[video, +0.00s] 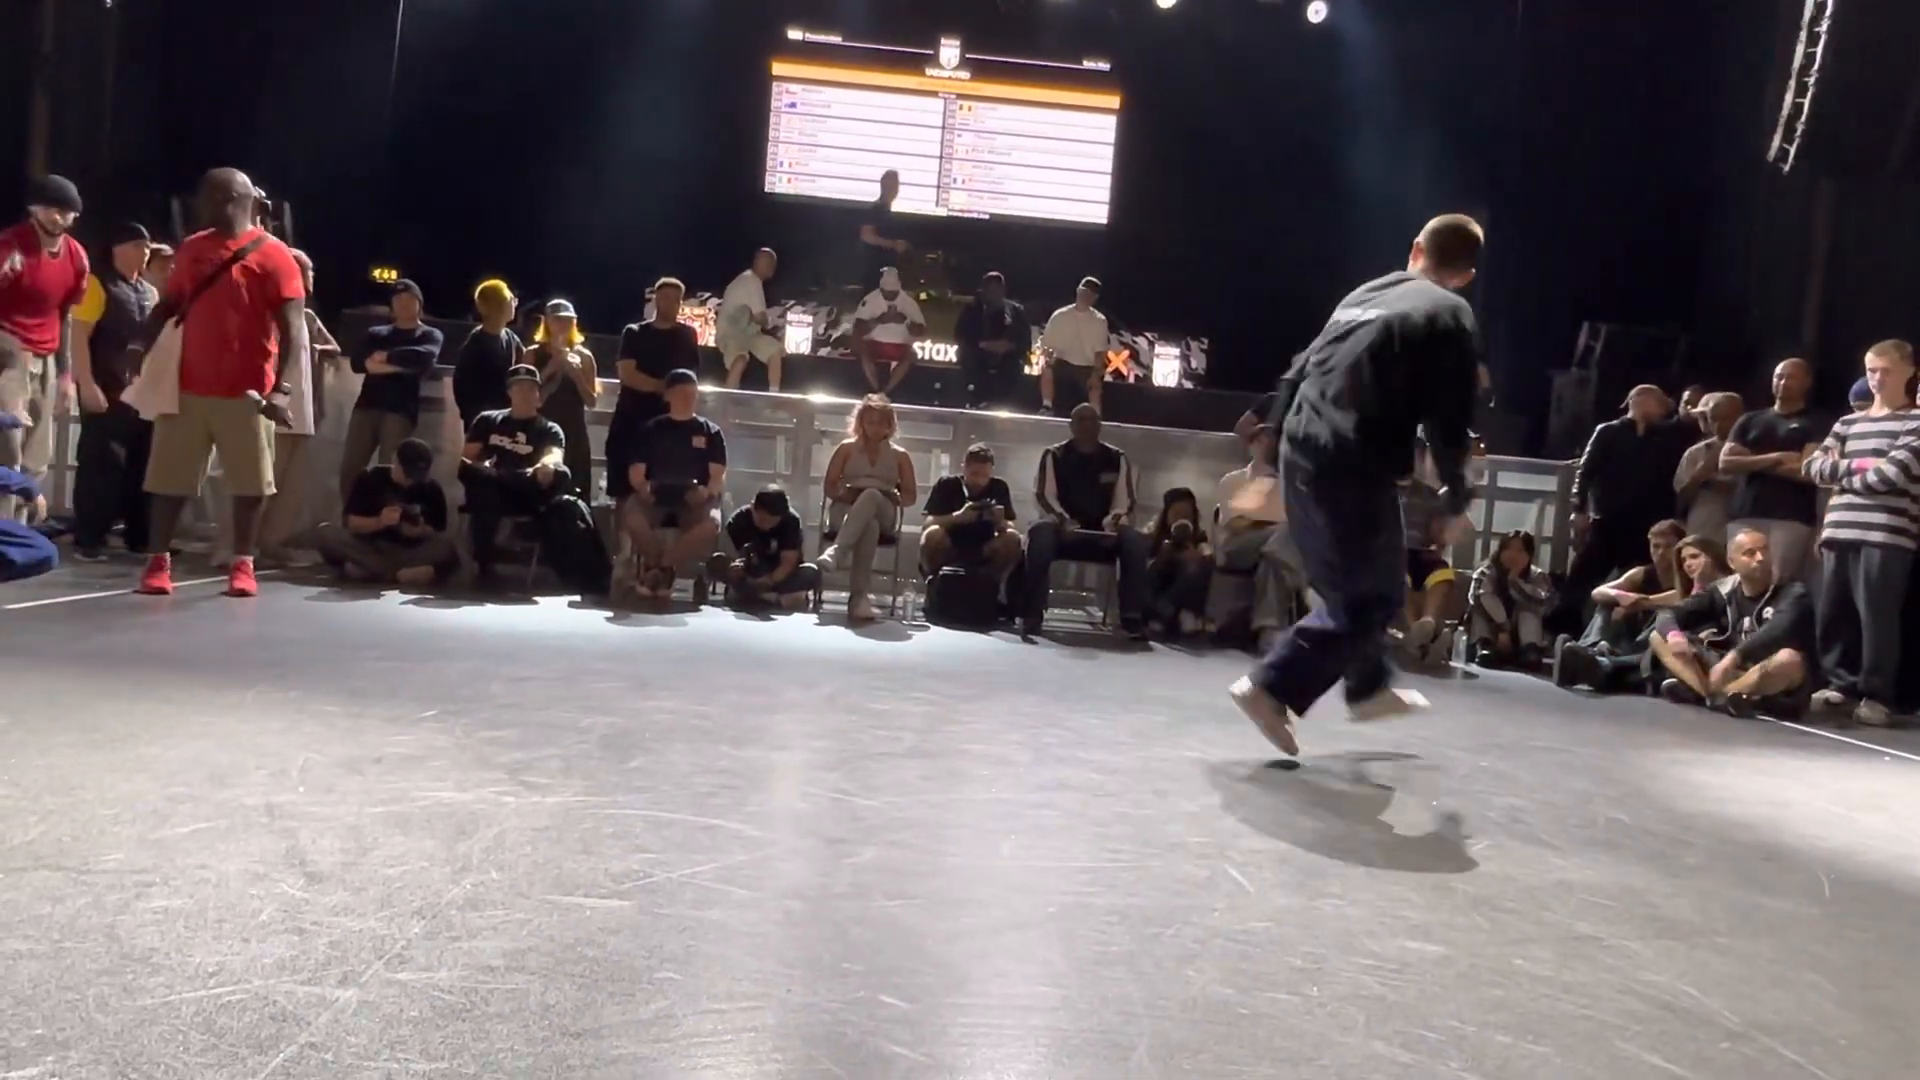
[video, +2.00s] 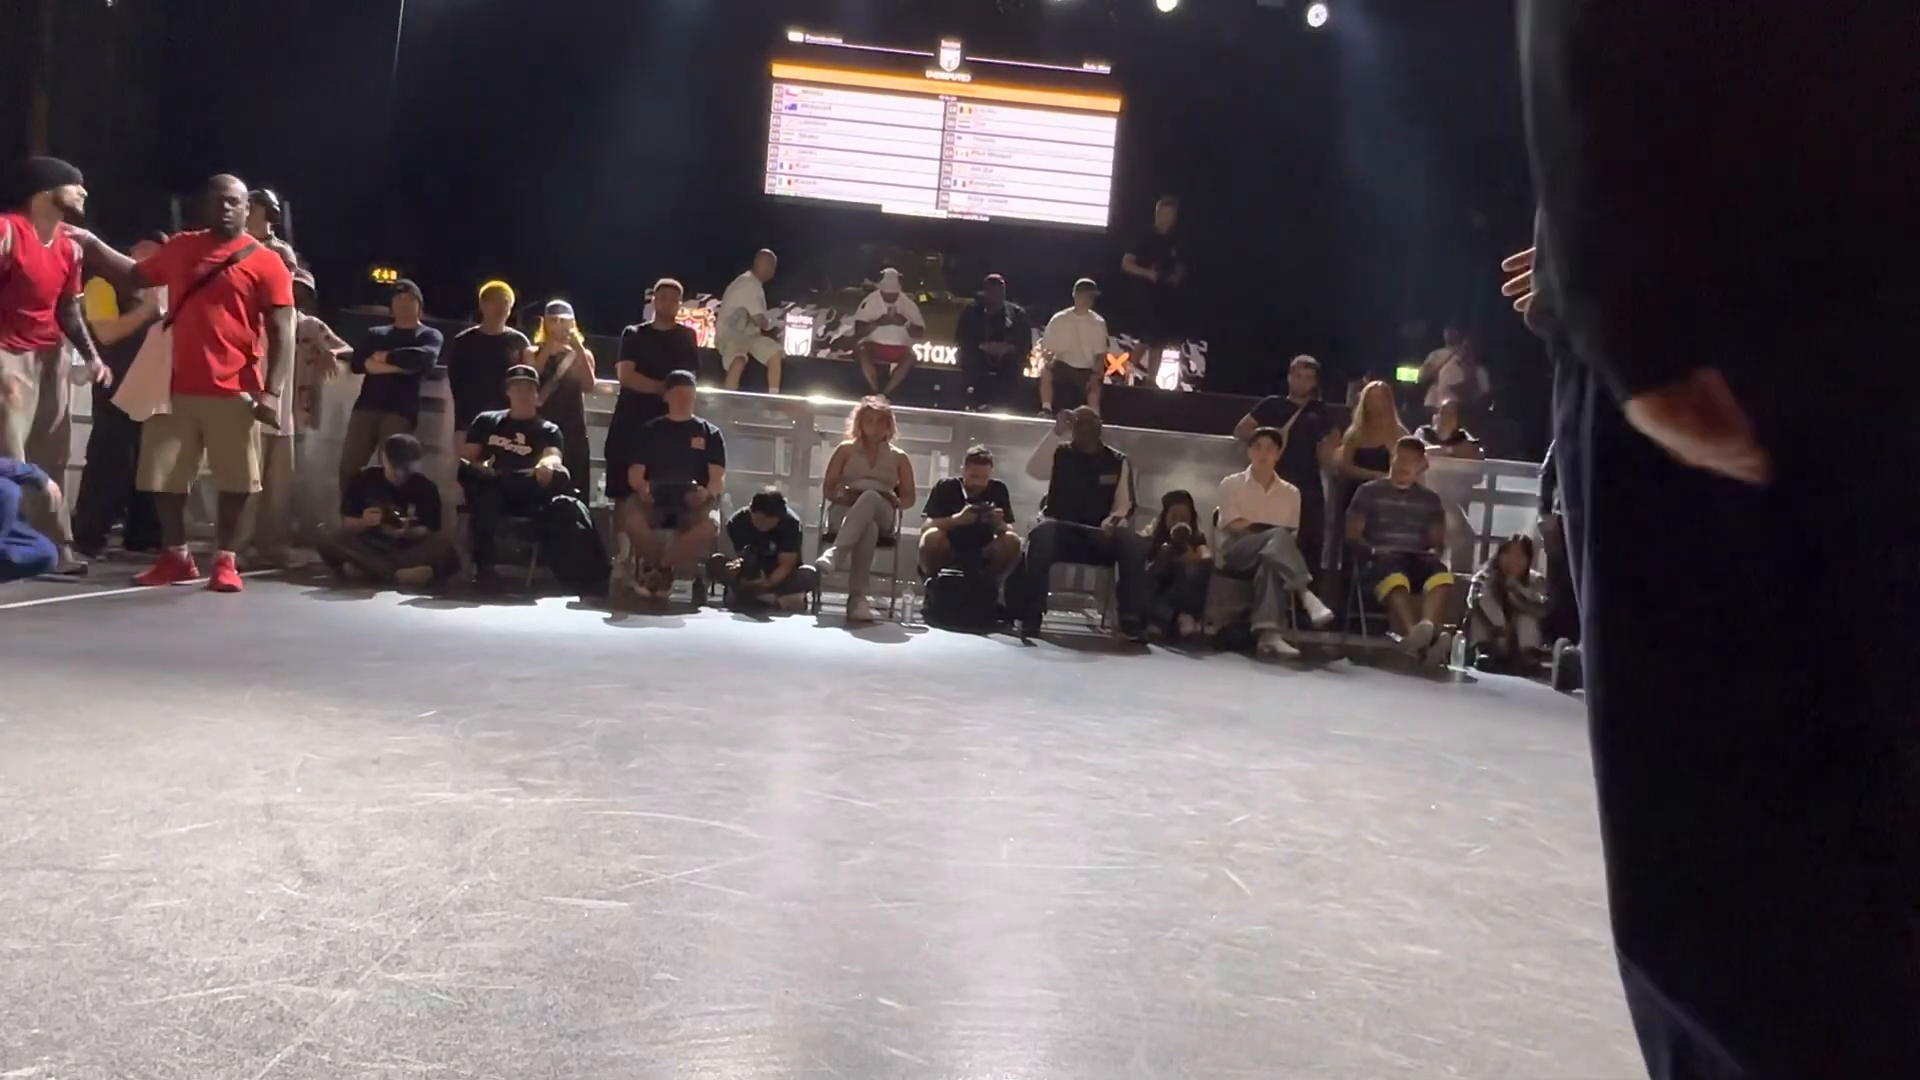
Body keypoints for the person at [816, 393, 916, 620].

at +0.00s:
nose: (875, 428)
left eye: (881, 423)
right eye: (870, 422)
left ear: (890, 425)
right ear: (860, 423)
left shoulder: (899, 456)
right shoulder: (847, 449)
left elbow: (909, 498)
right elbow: (830, 488)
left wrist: (885, 494)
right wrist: (854, 497)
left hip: (884, 518)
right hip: (844, 512)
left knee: (870, 495)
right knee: (869, 524)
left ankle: (836, 550)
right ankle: (859, 597)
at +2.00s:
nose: (874, 427)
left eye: (880, 422)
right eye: (869, 421)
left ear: (889, 425)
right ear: (859, 423)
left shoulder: (898, 457)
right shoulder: (846, 450)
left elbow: (908, 499)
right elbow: (829, 490)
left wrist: (889, 500)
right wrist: (851, 499)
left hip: (883, 518)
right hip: (844, 512)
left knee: (869, 497)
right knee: (869, 527)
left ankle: (834, 553)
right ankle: (857, 600)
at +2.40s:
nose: (873, 430)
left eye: (879, 425)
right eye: (867, 424)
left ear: (888, 429)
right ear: (858, 427)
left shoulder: (897, 461)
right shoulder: (844, 454)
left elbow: (908, 502)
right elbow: (828, 493)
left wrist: (890, 503)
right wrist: (846, 502)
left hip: (882, 521)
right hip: (843, 516)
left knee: (868, 500)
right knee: (868, 531)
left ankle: (833, 557)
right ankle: (856, 603)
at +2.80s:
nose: (865, 432)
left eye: (871, 426)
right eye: (859, 426)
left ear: (880, 431)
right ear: (850, 428)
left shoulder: (890, 463)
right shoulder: (837, 456)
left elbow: (900, 504)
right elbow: (821, 496)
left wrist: (881, 505)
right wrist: (842, 504)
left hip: (875, 523)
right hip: (836, 519)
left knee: (861, 502)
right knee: (861, 531)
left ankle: (828, 557)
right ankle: (850, 605)